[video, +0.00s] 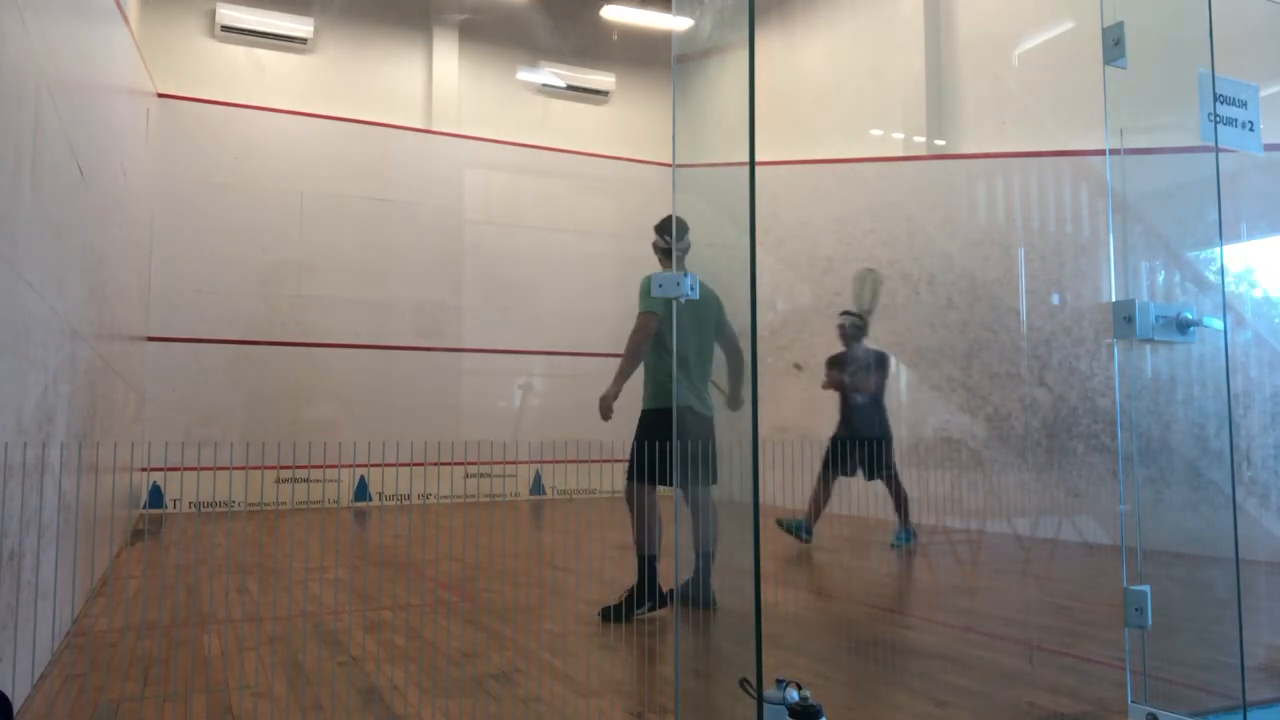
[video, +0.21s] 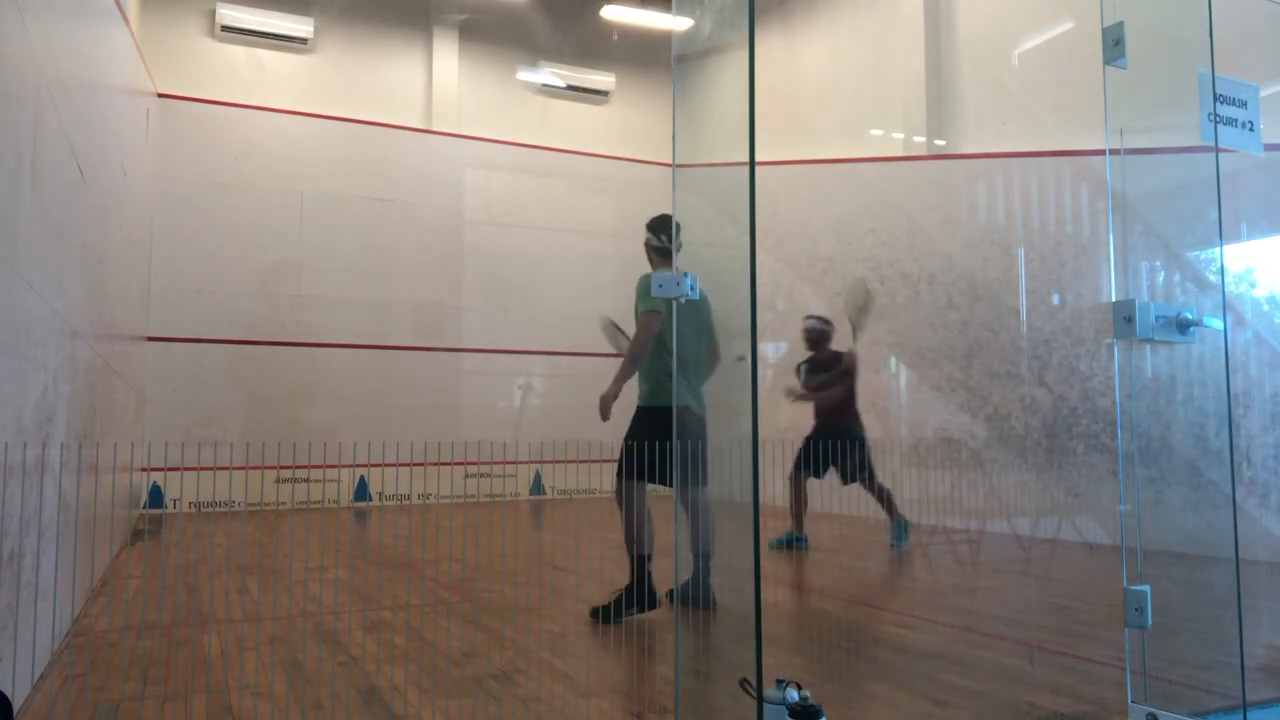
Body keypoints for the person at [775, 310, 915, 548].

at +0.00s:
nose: (841, 332)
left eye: (845, 328)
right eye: (840, 328)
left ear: (859, 330)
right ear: (841, 332)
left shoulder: (878, 358)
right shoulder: (836, 360)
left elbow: (872, 386)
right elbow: (833, 383)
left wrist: (841, 381)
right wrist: (859, 383)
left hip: (875, 431)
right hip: (847, 431)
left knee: (890, 479)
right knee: (826, 476)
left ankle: (906, 528)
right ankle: (807, 525)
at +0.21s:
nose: (806, 337)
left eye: (811, 333)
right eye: (805, 333)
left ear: (825, 335)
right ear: (805, 335)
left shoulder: (845, 359)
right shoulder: (804, 367)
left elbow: (841, 392)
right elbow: (813, 388)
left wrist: (804, 395)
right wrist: (842, 369)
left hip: (848, 430)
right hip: (822, 431)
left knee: (868, 481)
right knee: (797, 478)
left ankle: (899, 521)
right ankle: (797, 533)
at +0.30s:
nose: (787, 338)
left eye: (792, 333)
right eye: (787, 333)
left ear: (805, 335)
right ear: (791, 336)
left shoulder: (823, 361)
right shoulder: (792, 367)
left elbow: (816, 397)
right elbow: (782, 391)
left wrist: (786, 419)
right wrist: (803, 391)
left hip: (835, 428)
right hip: (812, 428)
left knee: (846, 484)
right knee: (792, 477)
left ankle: (885, 514)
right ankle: (797, 533)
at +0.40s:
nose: (774, 339)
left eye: (779, 335)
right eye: (774, 334)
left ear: (793, 336)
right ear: (784, 339)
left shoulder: (810, 362)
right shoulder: (785, 370)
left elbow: (812, 398)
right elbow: (765, 397)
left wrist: (807, 429)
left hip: (822, 429)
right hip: (801, 430)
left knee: (821, 484)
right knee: (792, 478)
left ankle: (863, 509)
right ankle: (797, 533)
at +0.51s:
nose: (760, 330)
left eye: (765, 327)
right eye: (761, 326)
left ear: (779, 330)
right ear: (775, 330)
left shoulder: (793, 355)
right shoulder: (779, 358)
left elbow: (813, 388)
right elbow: (768, 391)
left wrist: (826, 420)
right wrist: (753, 414)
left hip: (808, 427)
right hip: (792, 427)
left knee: (798, 480)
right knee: (790, 480)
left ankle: (837, 512)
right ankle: (797, 532)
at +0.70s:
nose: (740, 324)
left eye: (745, 321)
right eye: (742, 320)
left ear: (755, 327)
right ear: (762, 328)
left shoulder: (762, 351)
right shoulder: (772, 350)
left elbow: (791, 379)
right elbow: (792, 380)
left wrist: (816, 401)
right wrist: (816, 401)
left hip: (777, 427)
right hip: (781, 426)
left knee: (757, 476)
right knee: (784, 479)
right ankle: (797, 532)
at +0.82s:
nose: (731, 328)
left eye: (736, 324)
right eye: (733, 323)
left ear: (748, 330)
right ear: (750, 329)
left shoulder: (757, 352)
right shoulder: (755, 352)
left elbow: (784, 369)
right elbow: (784, 369)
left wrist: (801, 389)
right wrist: (802, 389)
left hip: (766, 431)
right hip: (768, 430)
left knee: (739, 478)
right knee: (776, 481)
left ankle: (725, 535)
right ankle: (796, 531)